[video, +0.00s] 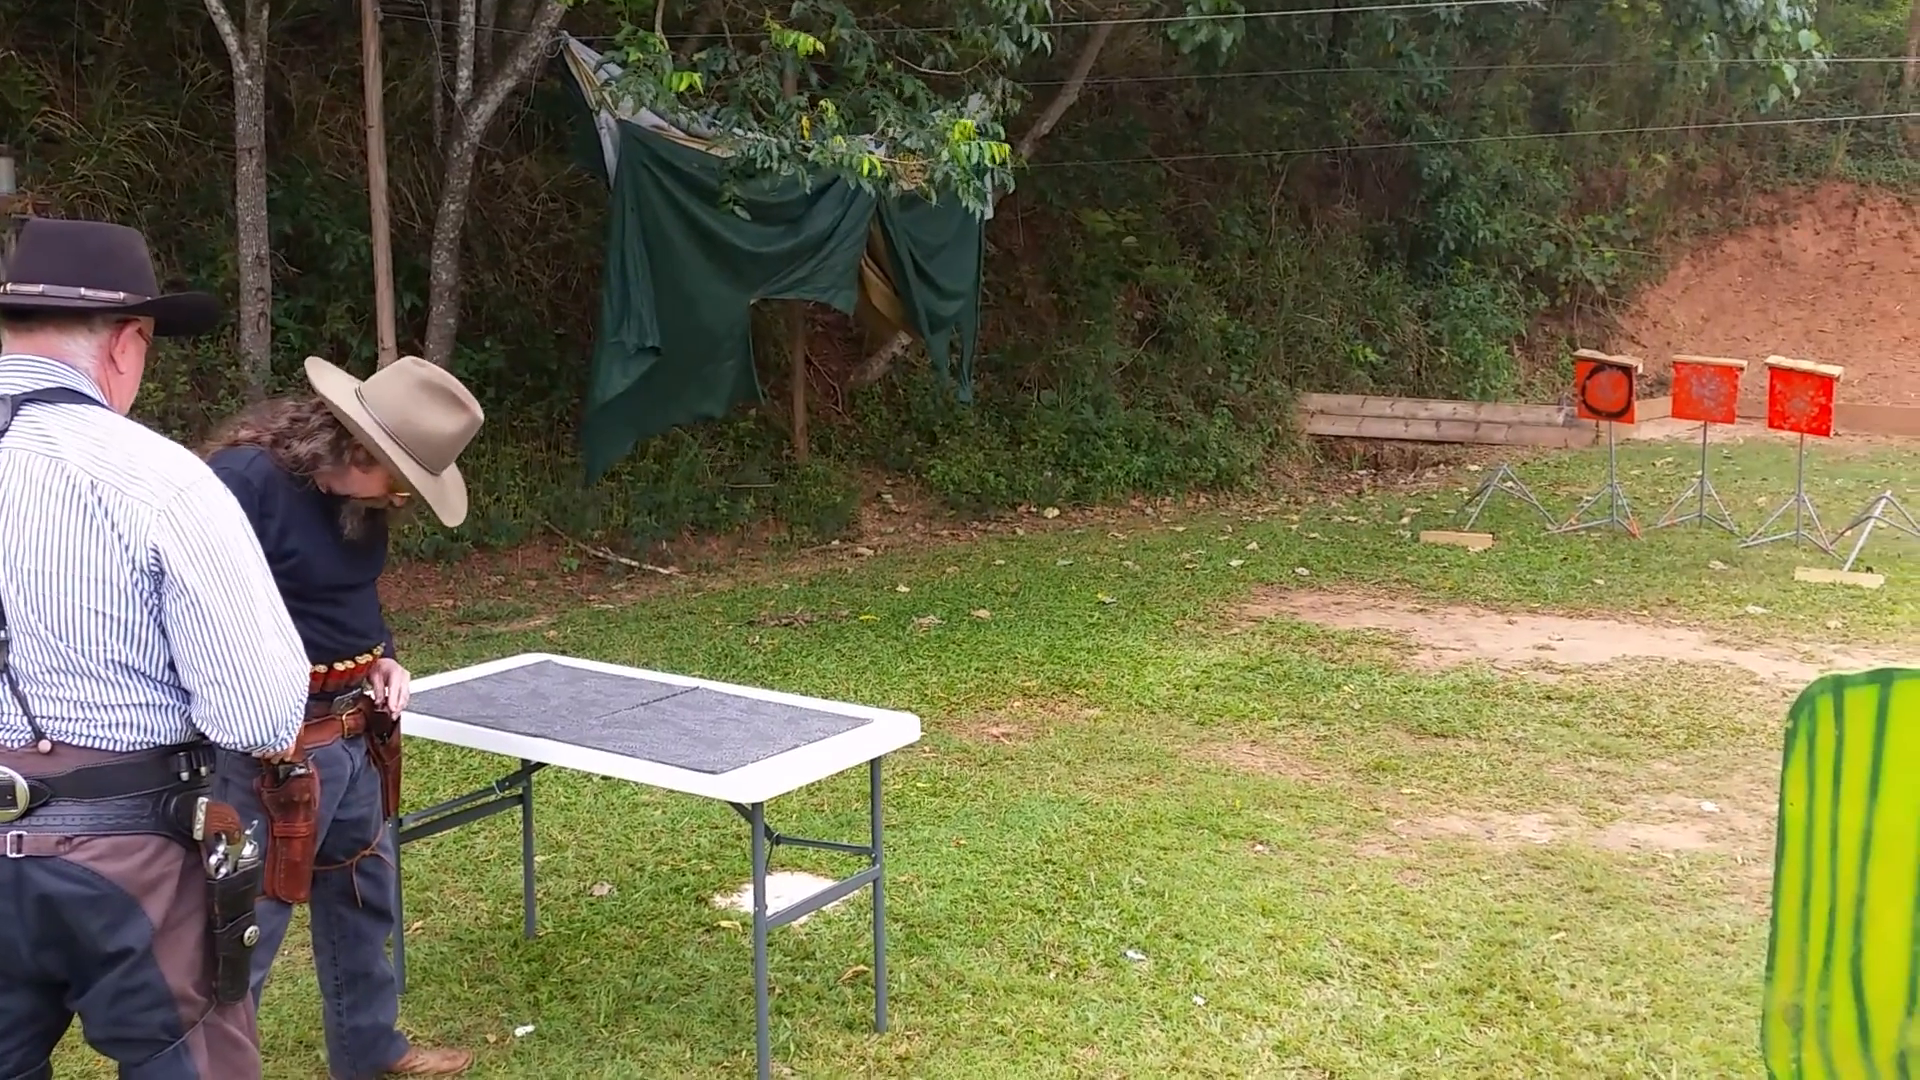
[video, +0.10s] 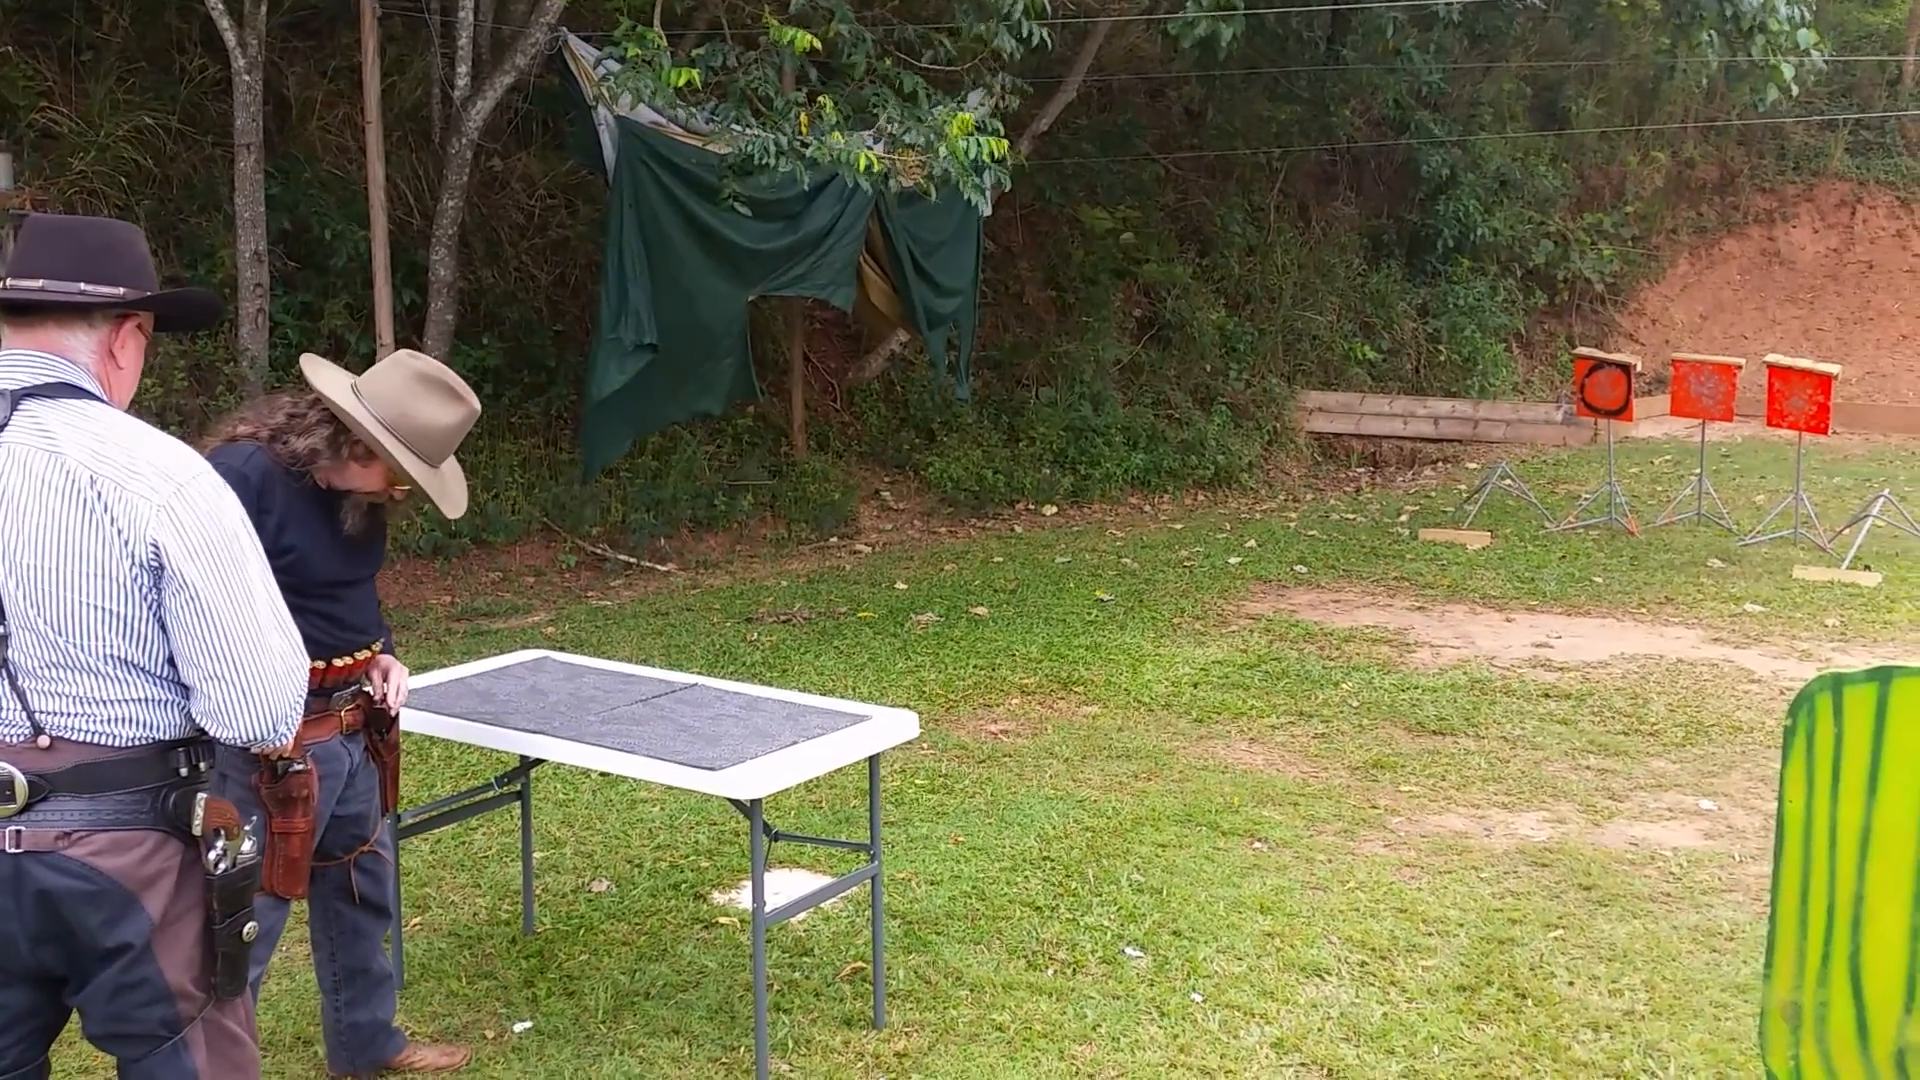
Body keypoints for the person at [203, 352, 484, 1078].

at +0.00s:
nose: (399, 499)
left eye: (408, 488)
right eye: (400, 484)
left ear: (377, 462)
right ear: (369, 454)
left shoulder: (356, 507)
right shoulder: (246, 480)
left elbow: (353, 599)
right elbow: (192, 609)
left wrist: (382, 657)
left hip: (347, 744)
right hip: (261, 753)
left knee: (362, 910)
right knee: (245, 931)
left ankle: (371, 1051)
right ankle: (213, 1059)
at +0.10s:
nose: (400, 493)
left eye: (409, 483)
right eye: (400, 478)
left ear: (375, 458)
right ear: (366, 449)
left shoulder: (356, 500)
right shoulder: (245, 476)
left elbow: (352, 594)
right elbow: (190, 605)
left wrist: (381, 653)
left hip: (347, 738)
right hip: (263, 747)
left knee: (360, 903)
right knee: (245, 925)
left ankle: (366, 1047)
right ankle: (213, 1058)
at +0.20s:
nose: (396, 487)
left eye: (405, 477)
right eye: (396, 472)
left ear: (373, 452)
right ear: (362, 442)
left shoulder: (352, 491)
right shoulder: (241, 471)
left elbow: (348, 589)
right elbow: (190, 603)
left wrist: (379, 649)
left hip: (344, 731)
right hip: (262, 739)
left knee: (357, 894)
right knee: (245, 915)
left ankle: (363, 1042)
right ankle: (209, 1054)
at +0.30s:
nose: (395, 482)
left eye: (403, 471)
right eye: (395, 467)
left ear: (371, 446)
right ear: (361, 438)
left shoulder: (350, 488)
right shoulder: (239, 467)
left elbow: (347, 583)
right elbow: (186, 597)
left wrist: (378, 644)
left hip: (344, 727)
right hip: (261, 736)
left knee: (356, 889)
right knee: (243, 912)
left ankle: (361, 1037)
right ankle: (206, 1052)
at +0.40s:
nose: (394, 473)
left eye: (403, 461)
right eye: (395, 457)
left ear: (371, 437)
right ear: (360, 428)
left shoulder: (351, 482)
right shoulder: (239, 459)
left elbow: (346, 577)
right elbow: (187, 590)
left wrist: (378, 636)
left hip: (344, 720)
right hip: (259, 729)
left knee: (355, 881)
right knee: (243, 904)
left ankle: (360, 1028)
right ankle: (205, 1047)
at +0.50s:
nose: (393, 465)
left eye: (402, 454)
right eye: (393, 449)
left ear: (367, 431)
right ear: (356, 419)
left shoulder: (347, 476)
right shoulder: (239, 453)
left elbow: (343, 569)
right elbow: (189, 579)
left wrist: (374, 628)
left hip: (340, 712)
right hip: (255, 720)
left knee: (354, 870)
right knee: (240, 895)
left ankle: (358, 1020)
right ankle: (201, 1042)